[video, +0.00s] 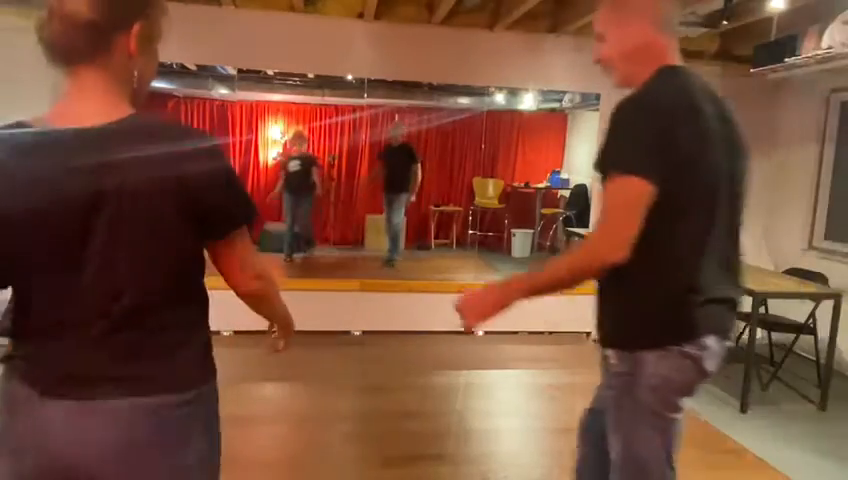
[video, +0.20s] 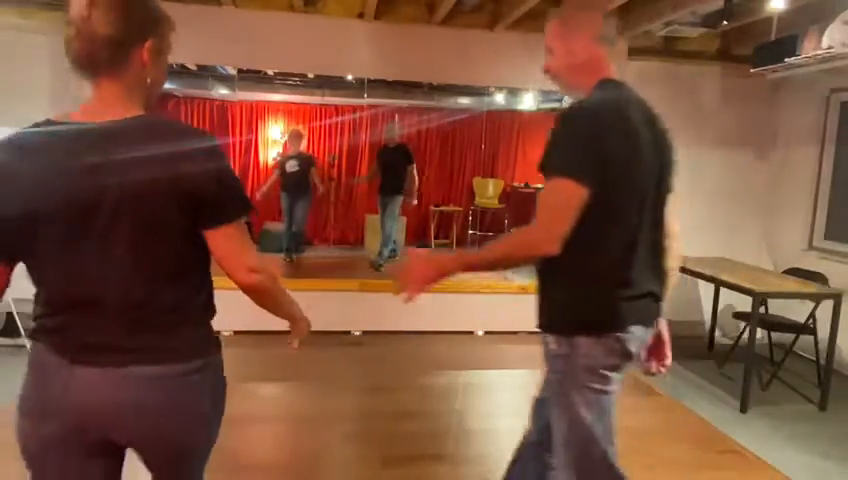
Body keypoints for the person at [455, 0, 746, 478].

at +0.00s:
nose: (597, 54)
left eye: (602, 37)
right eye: (597, 39)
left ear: (641, 33)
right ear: (651, 35)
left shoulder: (648, 108)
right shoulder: (710, 106)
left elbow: (612, 243)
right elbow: (702, 232)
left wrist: (505, 291)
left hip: (655, 342)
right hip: (696, 332)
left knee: (640, 471)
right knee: (598, 440)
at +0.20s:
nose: (545, 66)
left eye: (552, 52)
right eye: (545, 53)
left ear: (584, 49)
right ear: (595, 51)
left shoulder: (588, 118)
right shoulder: (647, 120)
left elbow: (546, 237)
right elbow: (665, 237)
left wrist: (444, 263)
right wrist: (655, 313)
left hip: (587, 330)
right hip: (626, 322)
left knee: (587, 467)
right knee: (541, 453)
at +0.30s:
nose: (522, 66)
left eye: (528, 52)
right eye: (522, 53)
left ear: (559, 47)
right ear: (567, 50)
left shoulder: (561, 118)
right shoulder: (618, 120)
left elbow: (522, 230)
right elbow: (626, 226)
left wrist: (430, 255)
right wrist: (621, 305)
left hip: (555, 314)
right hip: (594, 309)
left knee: (536, 455)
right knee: (520, 445)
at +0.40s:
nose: (502, 68)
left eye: (506, 54)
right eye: (502, 55)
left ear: (532, 47)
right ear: (545, 49)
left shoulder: (538, 121)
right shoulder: (595, 119)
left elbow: (501, 224)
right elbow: (605, 221)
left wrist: (411, 253)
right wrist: (590, 293)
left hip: (531, 300)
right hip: (576, 297)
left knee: (491, 418)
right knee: (531, 418)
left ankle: (520, 474)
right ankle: (519, 474)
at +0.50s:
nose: (486, 68)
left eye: (491, 56)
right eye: (486, 57)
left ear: (516, 52)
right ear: (530, 54)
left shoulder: (519, 118)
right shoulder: (572, 118)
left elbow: (482, 220)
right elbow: (557, 209)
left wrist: (396, 252)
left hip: (512, 292)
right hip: (559, 289)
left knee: (468, 405)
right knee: (518, 414)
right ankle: (512, 478)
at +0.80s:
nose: (441, 82)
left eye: (445, 72)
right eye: (442, 72)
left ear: (465, 68)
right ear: (485, 69)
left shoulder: (462, 133)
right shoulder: (524, 130)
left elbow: (430, 223)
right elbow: (520, 213)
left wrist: (361, 252)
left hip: (468, 283)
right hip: (517, 282)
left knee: (427, 378)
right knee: (498, 404)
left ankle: (390, 454)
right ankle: (502, 478)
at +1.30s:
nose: (381, 79)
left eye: (387, 70)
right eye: (382, 71)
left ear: (409, 69)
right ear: (416, 71)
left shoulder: (414, 126)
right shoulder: (440, 123)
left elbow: (405, 209)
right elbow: (431, 200)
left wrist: (351, 239)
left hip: (409, 259)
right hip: (439, 256)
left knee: (396, 360)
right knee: (406, 352)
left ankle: (395, 459)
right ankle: (427, 443)